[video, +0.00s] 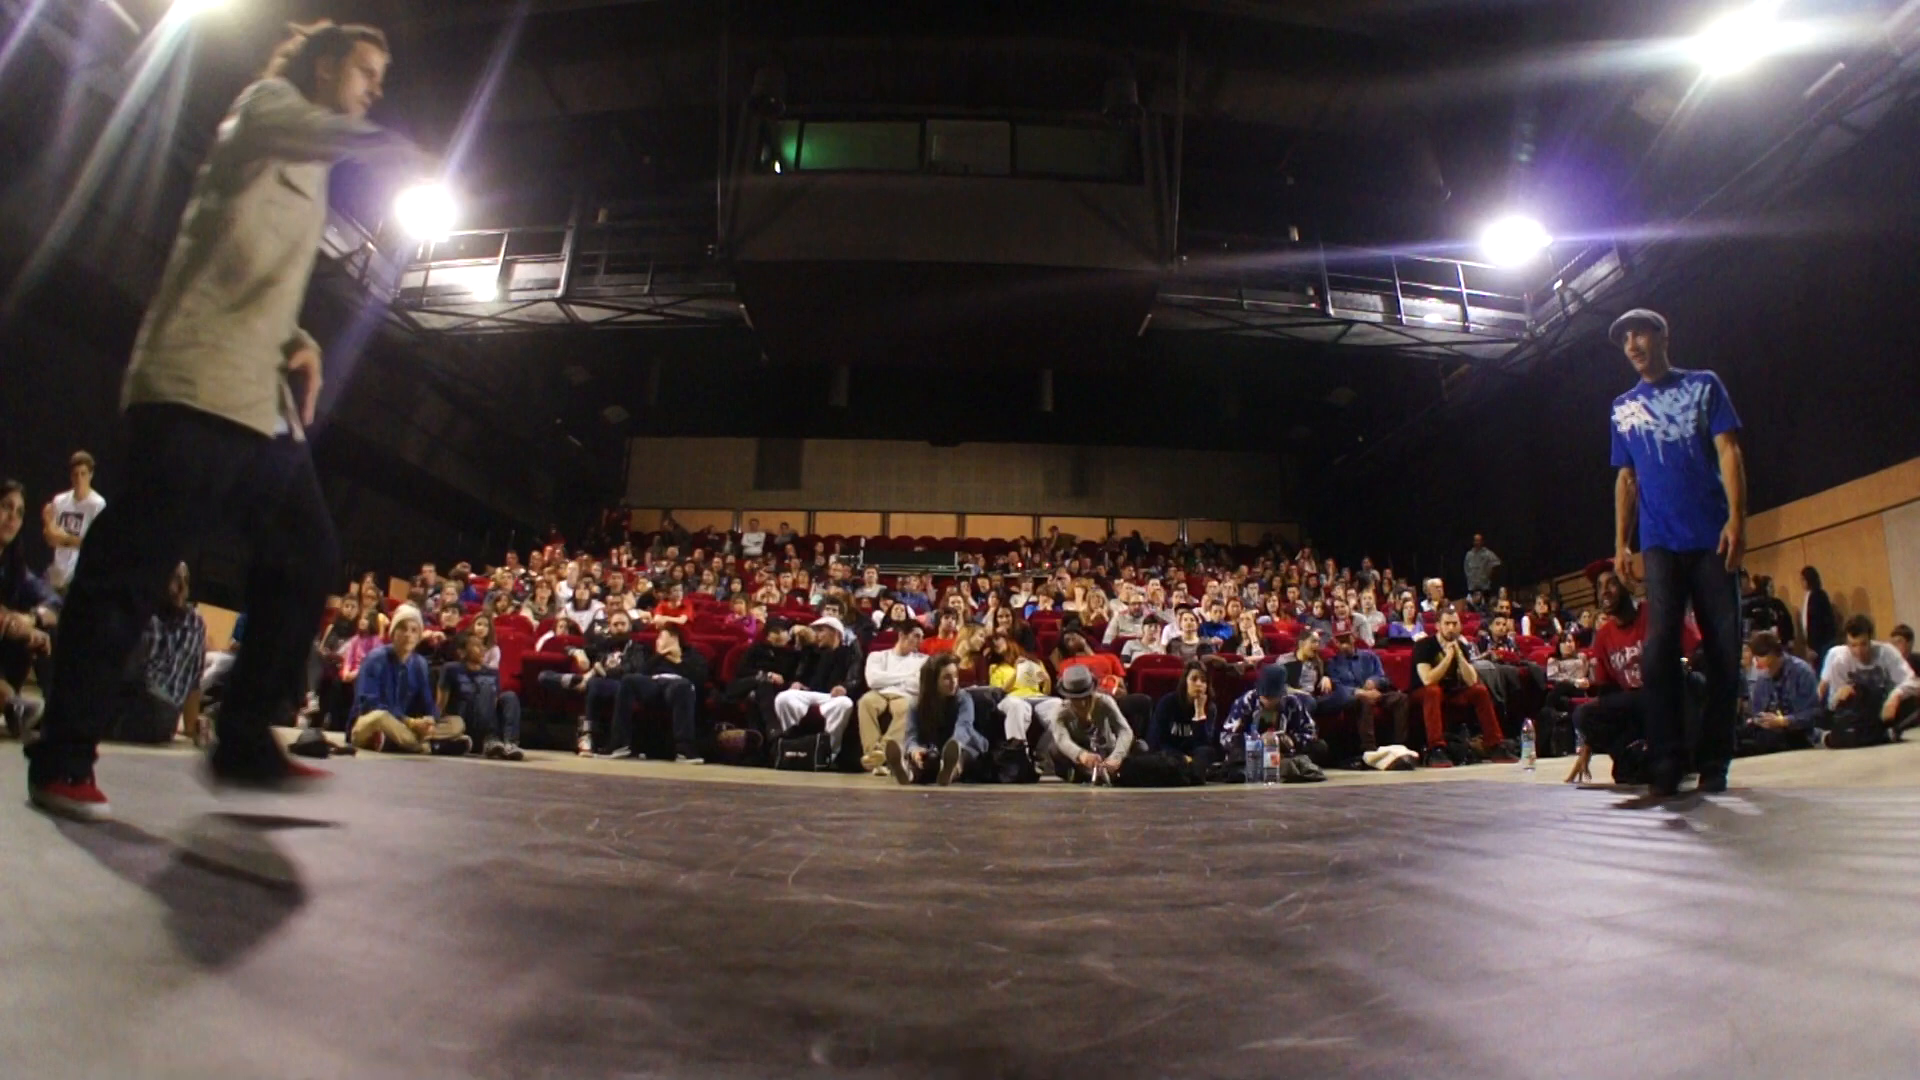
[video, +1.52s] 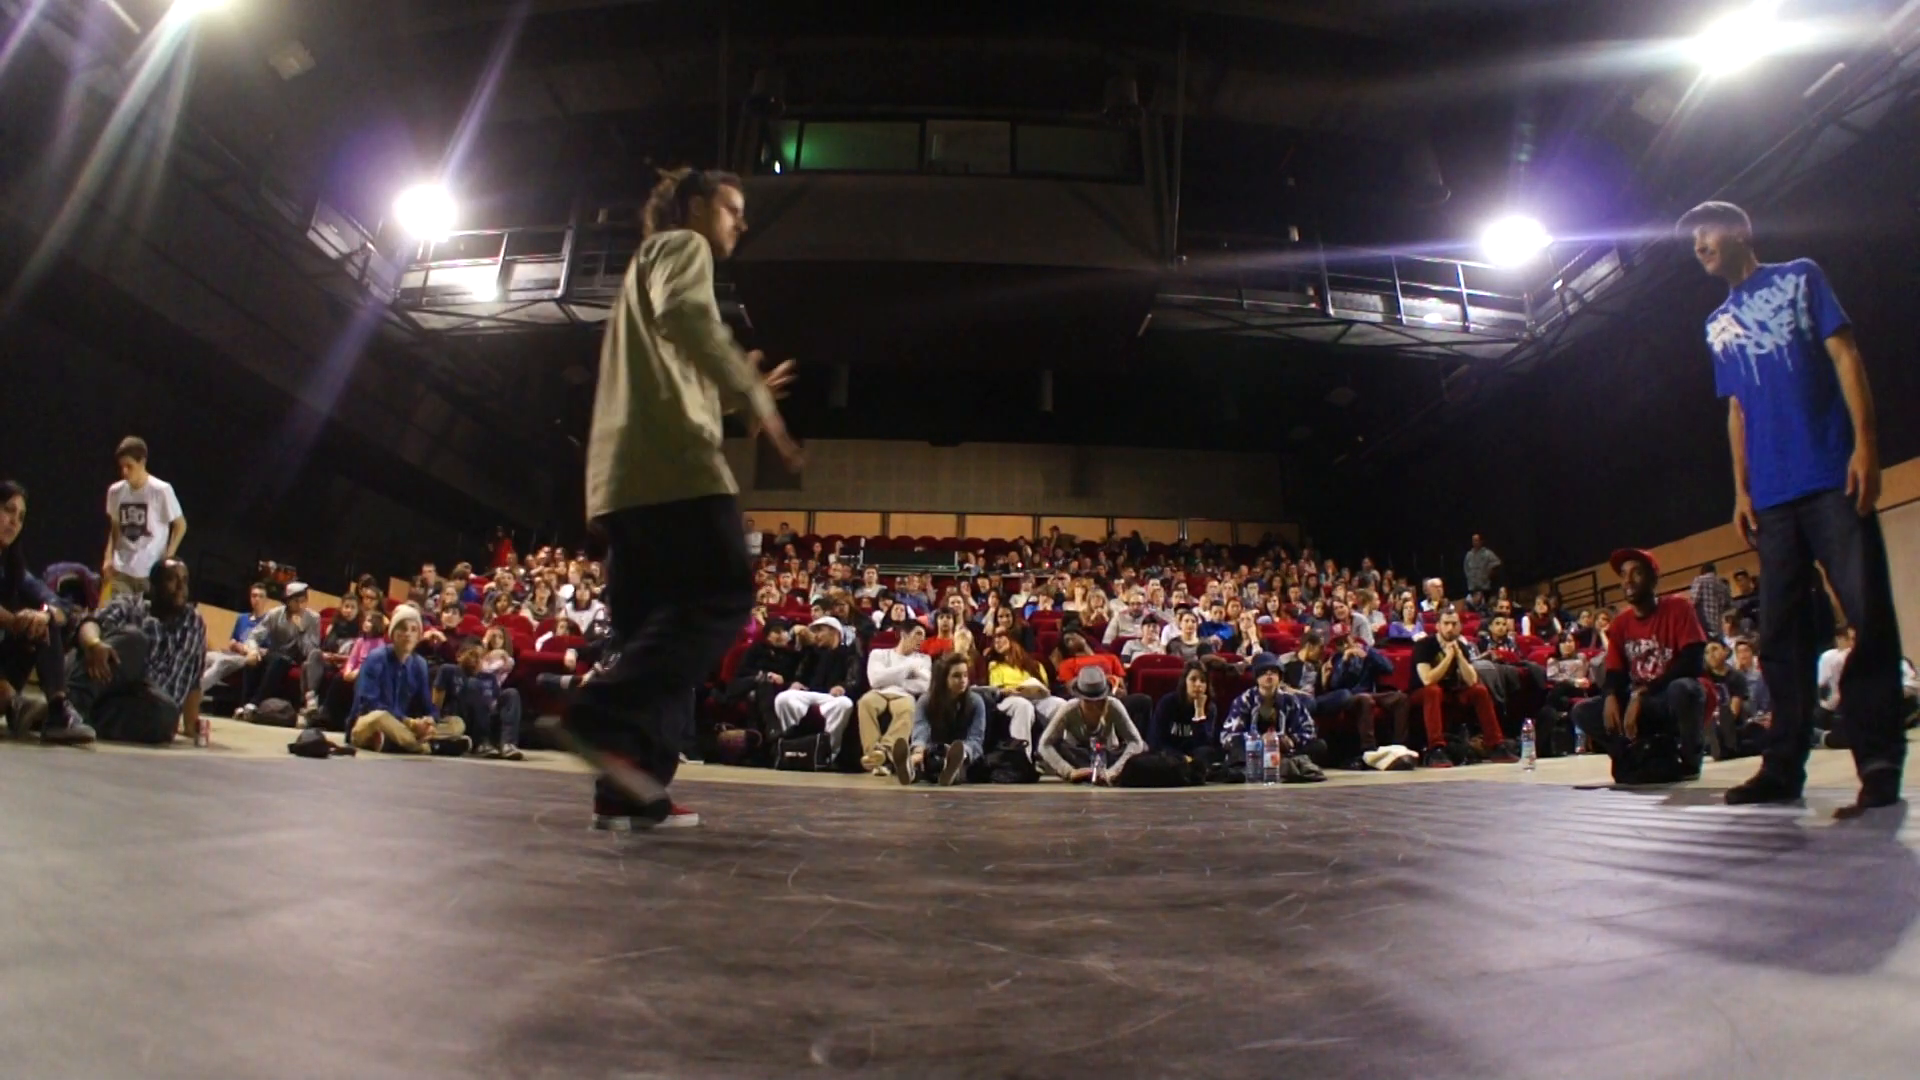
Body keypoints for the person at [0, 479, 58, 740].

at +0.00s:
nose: (12, 518)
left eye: (19, 512)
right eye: (6, 508)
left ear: (23, 519)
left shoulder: (13, 563)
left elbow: (53, 600)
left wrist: (31, 618)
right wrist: (22, 629)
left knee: (24, 640)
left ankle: (11, 708)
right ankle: (11, 704)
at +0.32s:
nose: (13, 518)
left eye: (20, 512)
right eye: (7, 508)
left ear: (25, 520)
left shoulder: (15, 566)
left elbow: (59, 608)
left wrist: (31, 617)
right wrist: (20, 629)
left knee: (47, 629)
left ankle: (59, 711)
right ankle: (13, 706)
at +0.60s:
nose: (10, 514)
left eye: (15, 507)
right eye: (4, 505)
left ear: (20, 514)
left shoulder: (11, 557)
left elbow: (56, 600)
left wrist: (37, 610)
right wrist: (13, 622)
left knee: (47, 623)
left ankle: (58, 708)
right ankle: (11, 705)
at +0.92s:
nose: (9, 518)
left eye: (15, 512)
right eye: (4, 509)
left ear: (19, 518)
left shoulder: (11, 562)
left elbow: (53, 608)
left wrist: (40, 613)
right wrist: (12, 620)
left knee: (42, 625)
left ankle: (59, 709)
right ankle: (12, 703)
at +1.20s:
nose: (8, 516)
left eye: (14, 510)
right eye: (3, 507)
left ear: (19, 518)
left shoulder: (11, 566)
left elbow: (60, 607)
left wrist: (44, 614)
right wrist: (11, 618)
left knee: (46, 623)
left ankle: (59, 709)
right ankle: (11, 703)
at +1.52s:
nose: (14, 521)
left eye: (20, 515)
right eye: (8, 511)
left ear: (23, 521)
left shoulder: (13, 567)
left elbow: (63, 610)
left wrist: (44, 613)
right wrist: (12, 620)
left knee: (43, 624)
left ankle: (58, 709)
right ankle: (11, 704)